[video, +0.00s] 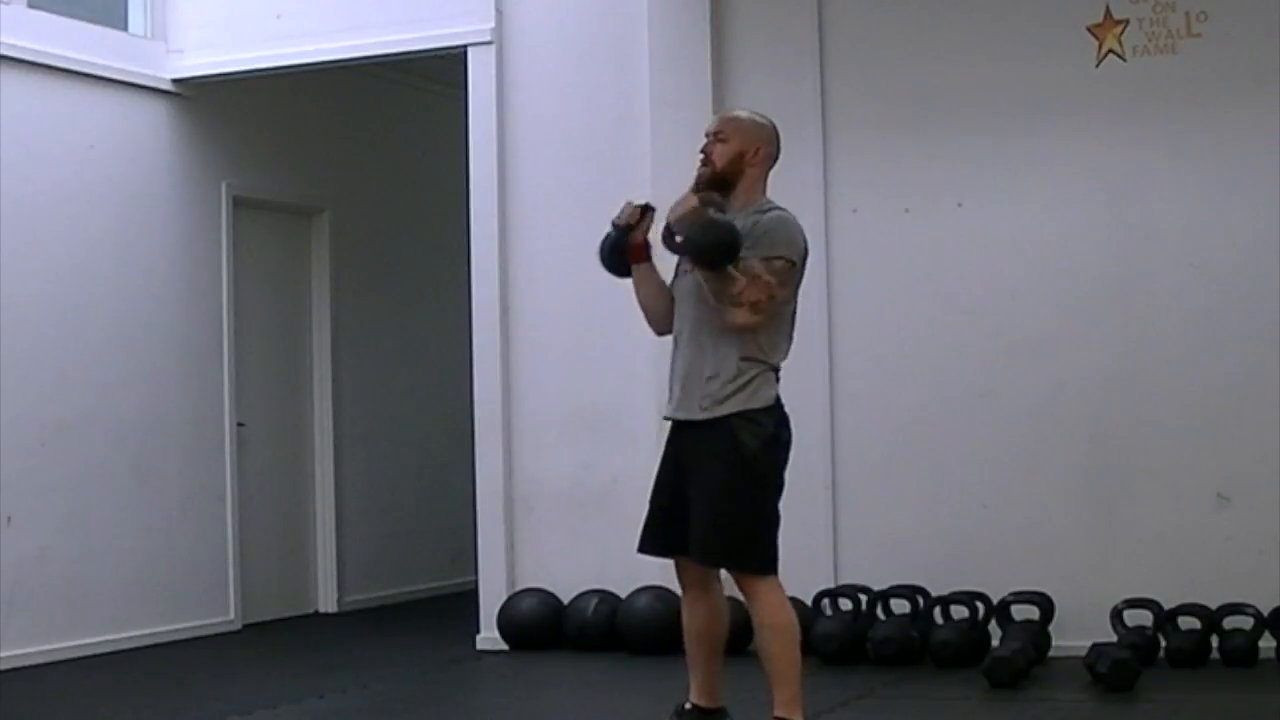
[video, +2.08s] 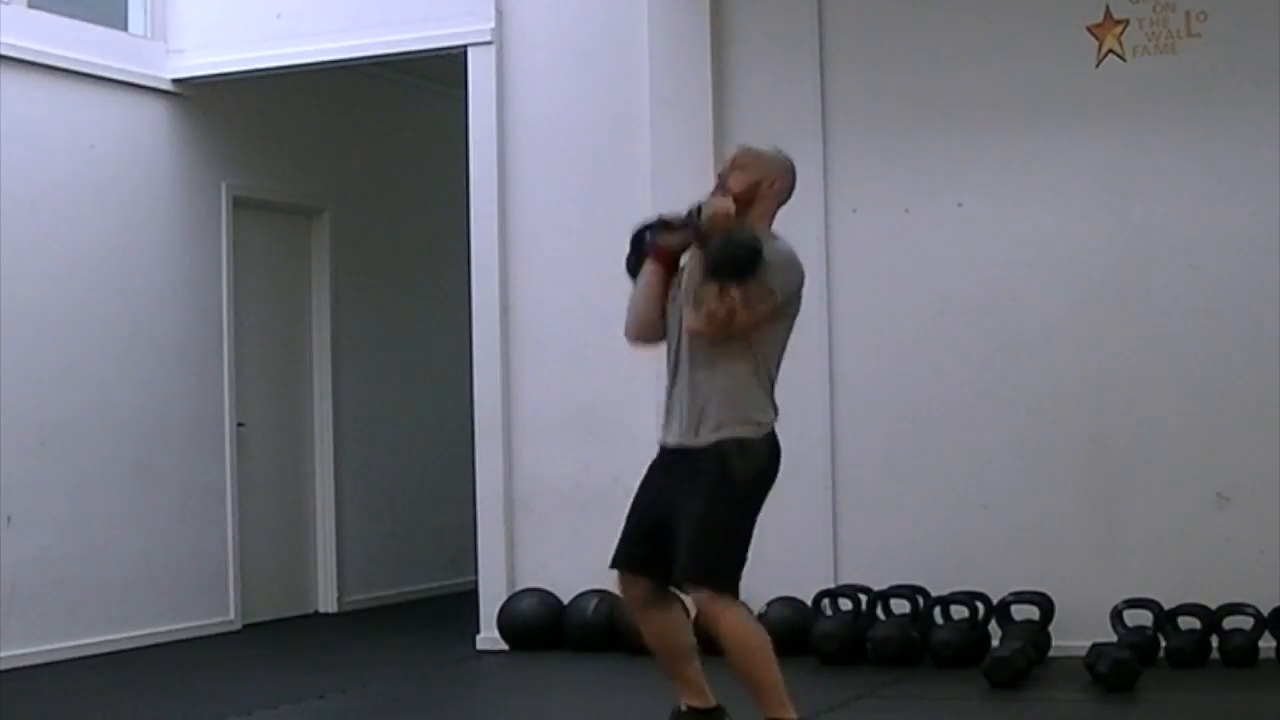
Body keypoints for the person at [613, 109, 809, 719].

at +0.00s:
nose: (704, 148)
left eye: (719, 139)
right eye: (706, 139)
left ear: (758, 156)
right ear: (715, 158)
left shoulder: (779, 229)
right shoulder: (704, 228)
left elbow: (743, 309)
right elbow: (663, 318)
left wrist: (695, 231)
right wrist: (637, 250)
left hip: (747, 425)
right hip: (693, 423)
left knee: (755, 575)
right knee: (694, 570)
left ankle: (789, 712)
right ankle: (704, 706)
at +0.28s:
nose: (709, 153)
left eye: (724, 143)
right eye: (711, 143)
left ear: (763, 157)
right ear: (741, 159)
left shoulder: (786, 230)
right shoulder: (707, 244)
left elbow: (776, 323)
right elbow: (678, 327)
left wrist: (687, 335)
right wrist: (613, 336)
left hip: (787, 426)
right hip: (730, 431)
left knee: (769, 568)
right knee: (694, 563)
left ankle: (791, 712)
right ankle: (704, 704)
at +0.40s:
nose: (695, 172)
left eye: (708, 163)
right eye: (698, 163)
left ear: (747, 179)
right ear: (732, 181)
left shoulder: (777, 259)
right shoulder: (703, 271)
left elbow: (747, 363)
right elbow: (668, 357)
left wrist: (681, 433)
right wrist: (612, 420)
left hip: (802, 442)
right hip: (741, 445)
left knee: (768, 570)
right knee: (682, 559)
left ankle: (792, 712)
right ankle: (702, 704)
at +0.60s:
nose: (621, 221)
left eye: (635, 210)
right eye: (624, 210)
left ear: (677, 222)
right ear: (657, 226)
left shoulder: (721, 304)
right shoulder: (649, 318)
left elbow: (727, 424)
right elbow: (666, 418)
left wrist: (727, 519)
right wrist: (681, 511)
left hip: (794, 453)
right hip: (734, 461)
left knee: (762, 574)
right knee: (658, 555)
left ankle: (791, 712)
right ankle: (699, 702)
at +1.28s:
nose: (710, 169)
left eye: (722, 158)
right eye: (711, 159)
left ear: (761, 167)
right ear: (746, 171)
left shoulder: (789, 245)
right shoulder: (718, 253)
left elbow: (765, 350)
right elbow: (700, 341)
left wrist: (695, 408)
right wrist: (662, 401)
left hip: (785, 435)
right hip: (730, 437)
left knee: (755, 569)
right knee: (687, 562)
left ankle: (791, 712)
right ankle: (703, 705)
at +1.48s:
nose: (723, 154)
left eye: (738, 144)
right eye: (724, 145)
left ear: (776, 159)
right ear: (735, 160)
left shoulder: (796, 227)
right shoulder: (725, 237)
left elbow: (787, 322)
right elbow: (703, 330)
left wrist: (697, 292)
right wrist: (644, 308)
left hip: (771, 425)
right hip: (715, 425)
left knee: (766, 569)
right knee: (695, 564)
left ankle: (793, 711)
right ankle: (704, 704)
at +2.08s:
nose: (719, 180)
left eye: (734, 171)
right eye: (721, 171)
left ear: (772, 187)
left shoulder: (779, 263)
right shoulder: (698, 258)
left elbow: (709, 322)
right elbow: (642, 329)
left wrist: (720, 238)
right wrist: (659, 255)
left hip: (738, 446)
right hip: (682, 445)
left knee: (709, 592)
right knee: (638, 581)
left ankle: (783, 714)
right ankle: (699, 706)